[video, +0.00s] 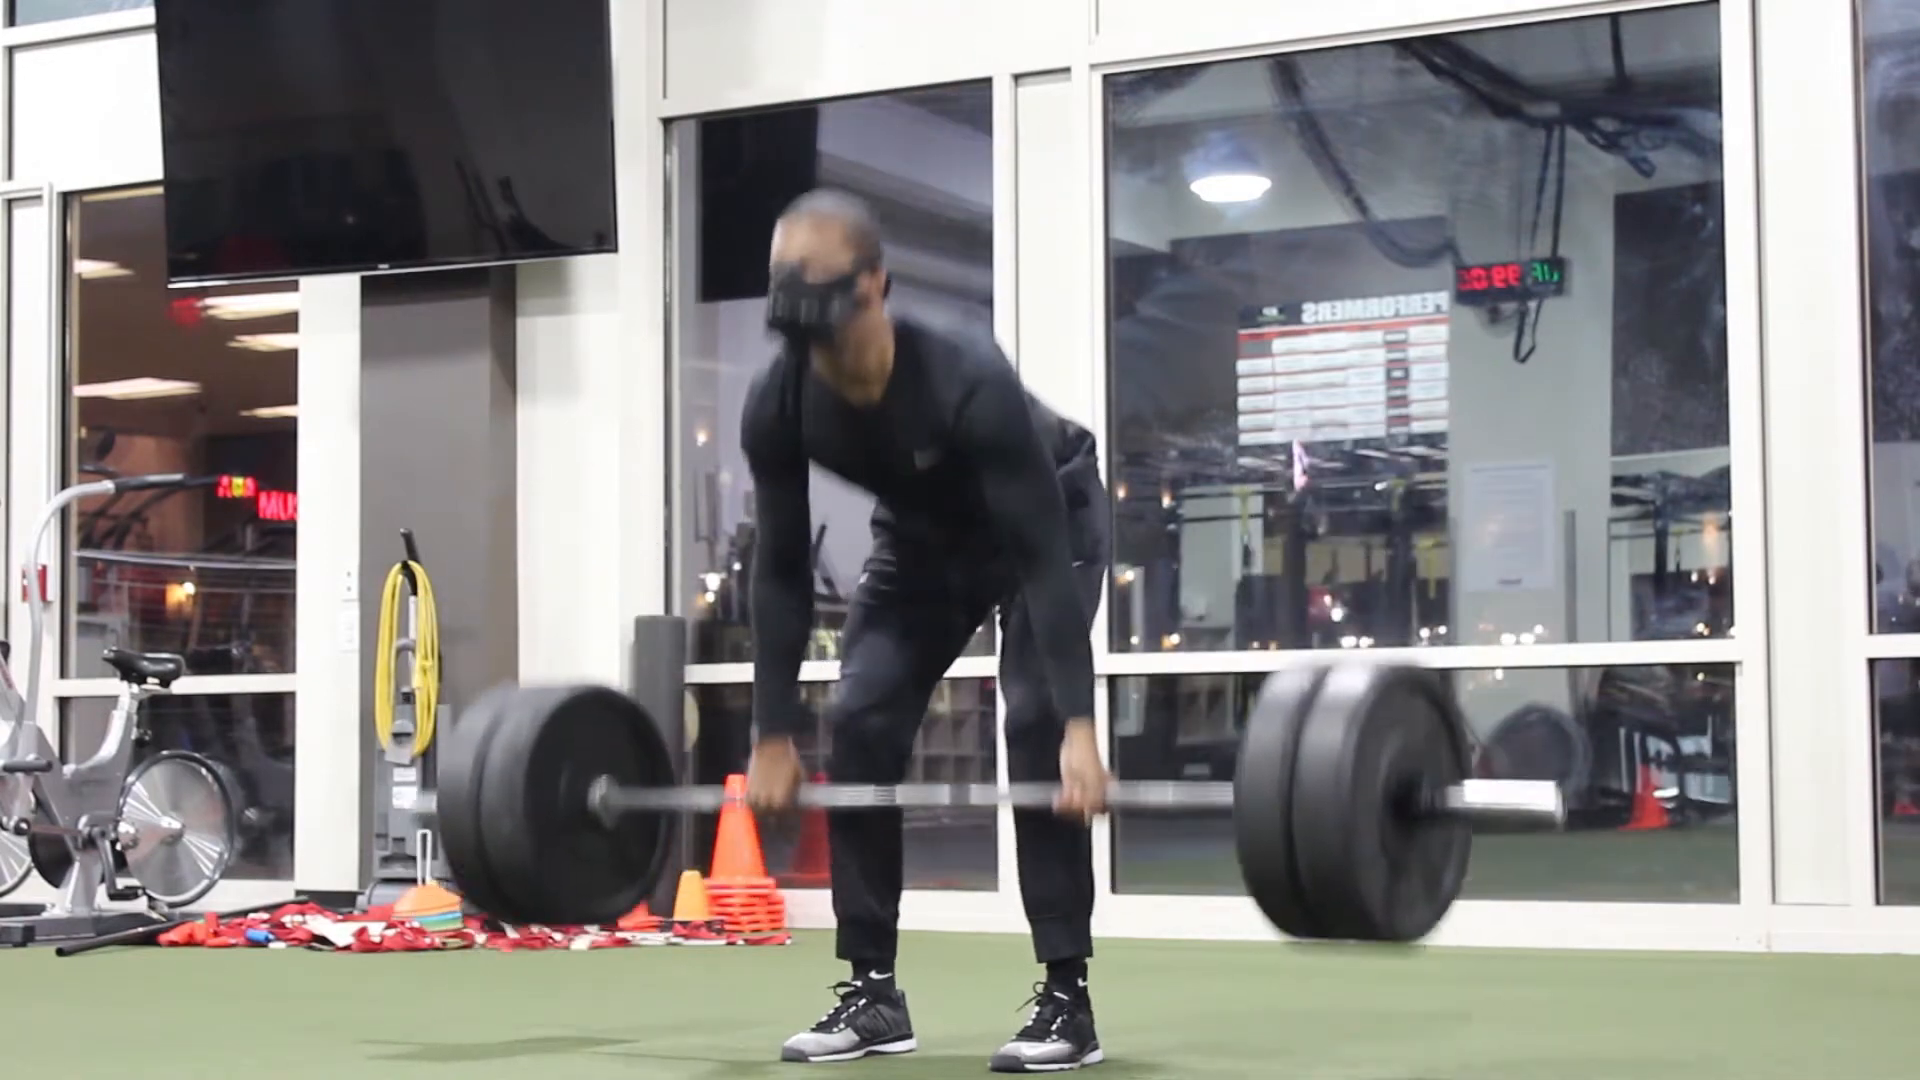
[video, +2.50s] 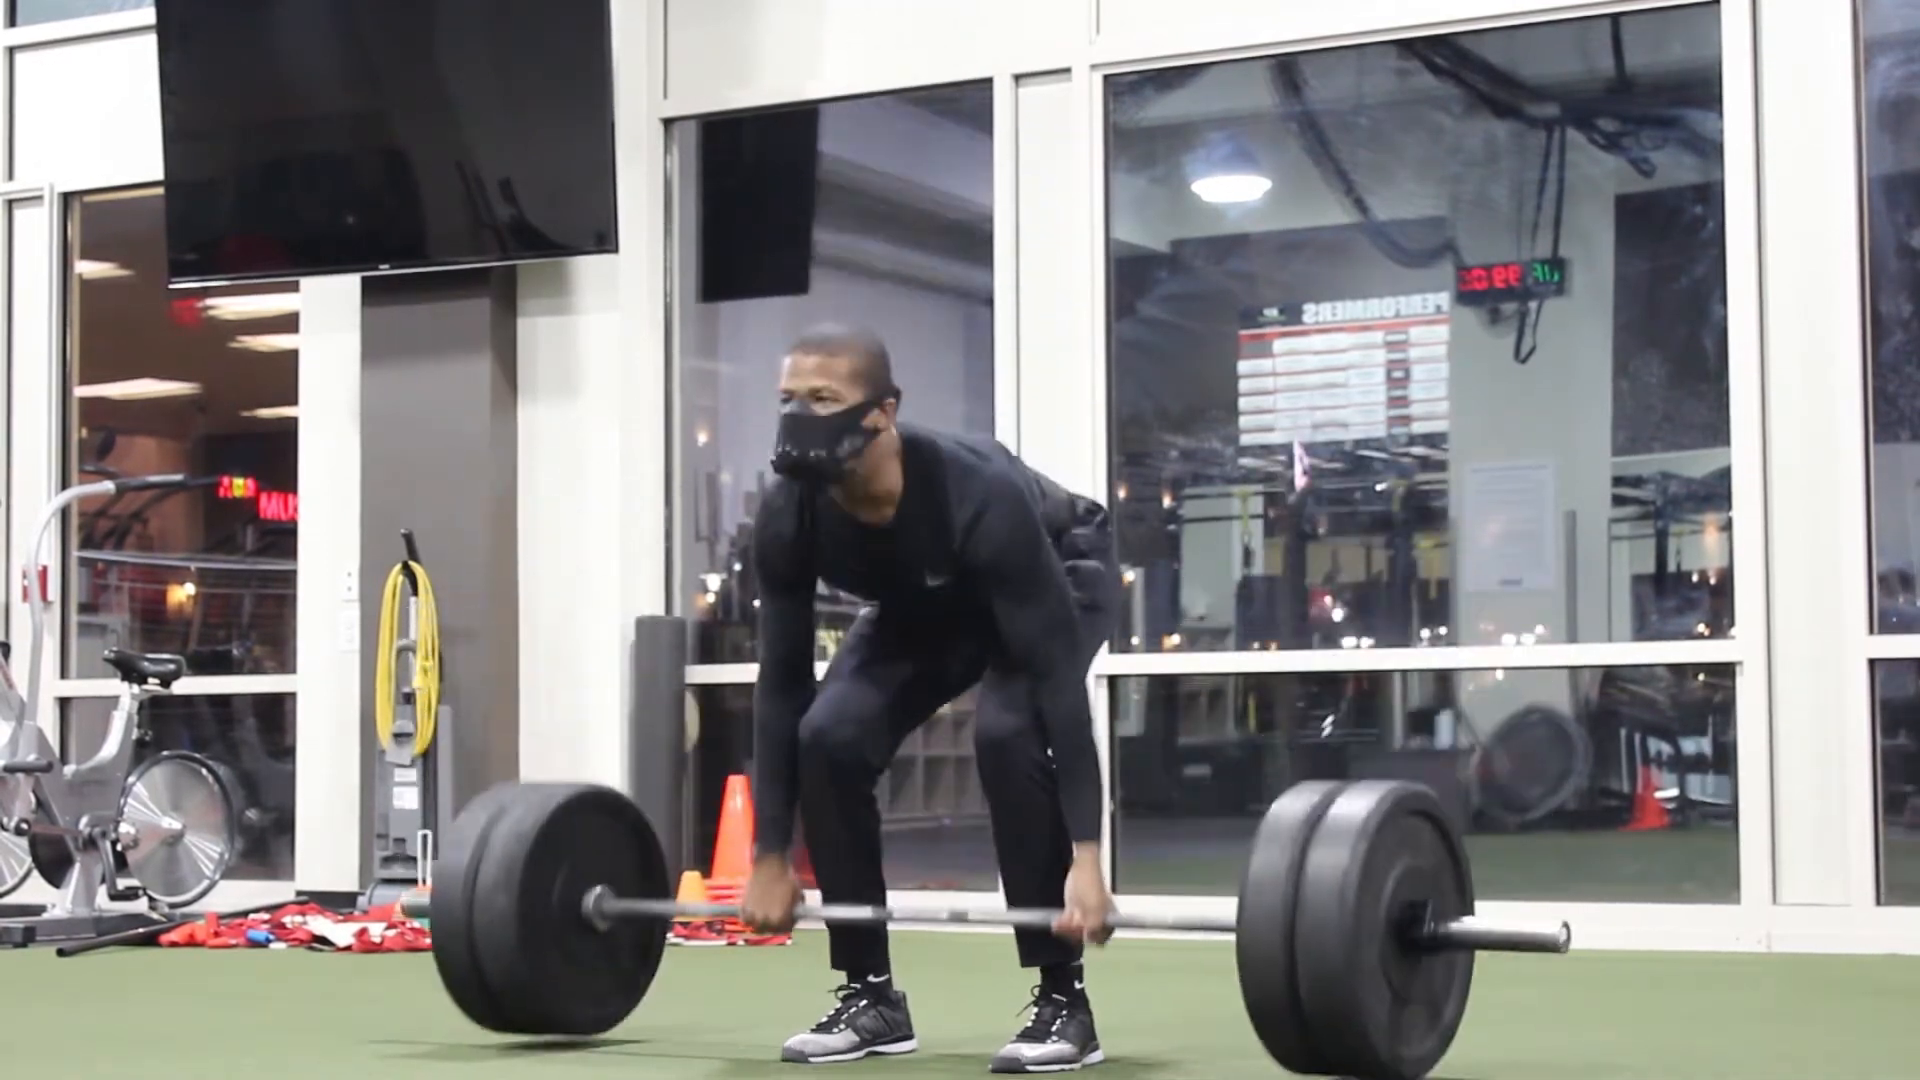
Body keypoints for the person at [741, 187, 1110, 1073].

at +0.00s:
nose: (795, 299)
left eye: (817, 280)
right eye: (783, 280)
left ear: (874, 284)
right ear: (773, 285)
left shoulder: (968, 379)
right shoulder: (778, 409)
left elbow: (1047, 554)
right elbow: (782, 569)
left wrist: (1079, 722)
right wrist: (772, 732)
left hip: (1040, 516)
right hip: (923, 532)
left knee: (1034, 730)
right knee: (861, 723)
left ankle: (1065, 995)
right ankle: (871, 993)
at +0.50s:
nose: (887, 22)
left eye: (912, 10)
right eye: (874, 12)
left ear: (953, 34)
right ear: (853, 37)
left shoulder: (1016, 161)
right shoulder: (825, 182)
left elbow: (1056, 339)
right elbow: (809, 356)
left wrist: (1076, 499)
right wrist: (774, 514)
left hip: (1003, 451)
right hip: (883, 455)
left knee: (1018, 719)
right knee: (876, 731)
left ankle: (1063, 995)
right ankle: (875, 991)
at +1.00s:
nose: (804, 381)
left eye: (828, 364)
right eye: (796, 361)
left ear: (885, 367)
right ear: (786, 359)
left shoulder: (978, 457)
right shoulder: (788, 486)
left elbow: (1048, 651)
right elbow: (781, 658)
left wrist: (1075, 831)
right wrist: (764, 830)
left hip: (1052, 554)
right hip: (936, 575)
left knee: (1008, 731)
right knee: (832, 735)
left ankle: (1062, 1002)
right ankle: (871, 998)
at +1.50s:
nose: (806, 206)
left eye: (830, 190)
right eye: (799, 187)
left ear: (889, 197)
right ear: (788, 191)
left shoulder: (980, 308)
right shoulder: (789, 328)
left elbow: (1051, 479)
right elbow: (785, 497)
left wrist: (1082, 656)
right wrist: (775, 665)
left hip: (1034, 502)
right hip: (919, 509)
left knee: (1041, 733)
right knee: (868, 725)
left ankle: (1065, 998)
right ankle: (873, 992)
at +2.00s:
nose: (890, 57)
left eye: (914, 42)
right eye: (877, 41)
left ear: (958, 61)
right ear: (857, 62)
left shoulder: (1019, 196)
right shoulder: (835, 206)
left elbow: (1055, 380)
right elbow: (811, 384)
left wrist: (1080, 541)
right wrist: (776, 545)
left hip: (1024, 481)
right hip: (909, 479)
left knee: (1025, 729)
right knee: (872, 727)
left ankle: (1064, 1001)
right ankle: (873, 997)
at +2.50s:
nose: (797, 418)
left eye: (818, 401)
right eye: (788, 401)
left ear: (882, 414)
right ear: (777, 406)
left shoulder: (983, 496)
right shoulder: (785, 517)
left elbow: (1060, 672)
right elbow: (782, 685)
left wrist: (1087, 858)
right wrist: (770, 858)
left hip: (1054, 572)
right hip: (932, 597)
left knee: (1007, 734)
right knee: (829, 740)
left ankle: (1062, 1005)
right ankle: (871, 998)